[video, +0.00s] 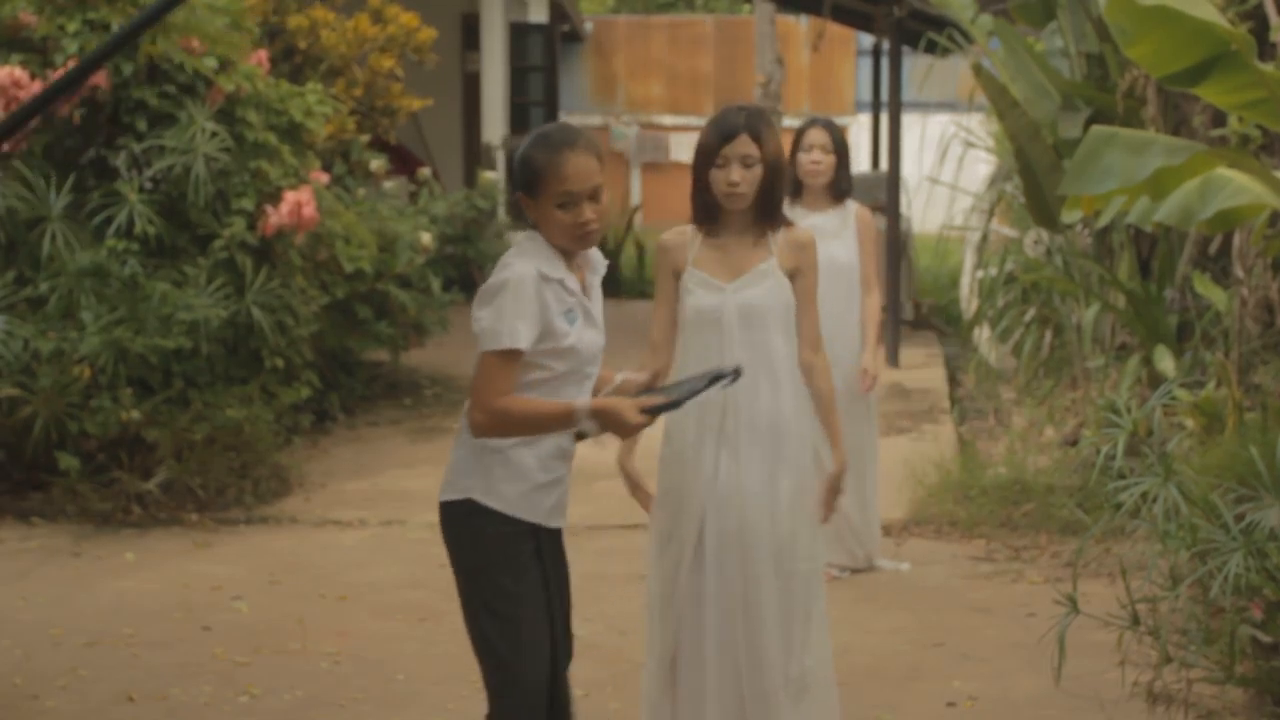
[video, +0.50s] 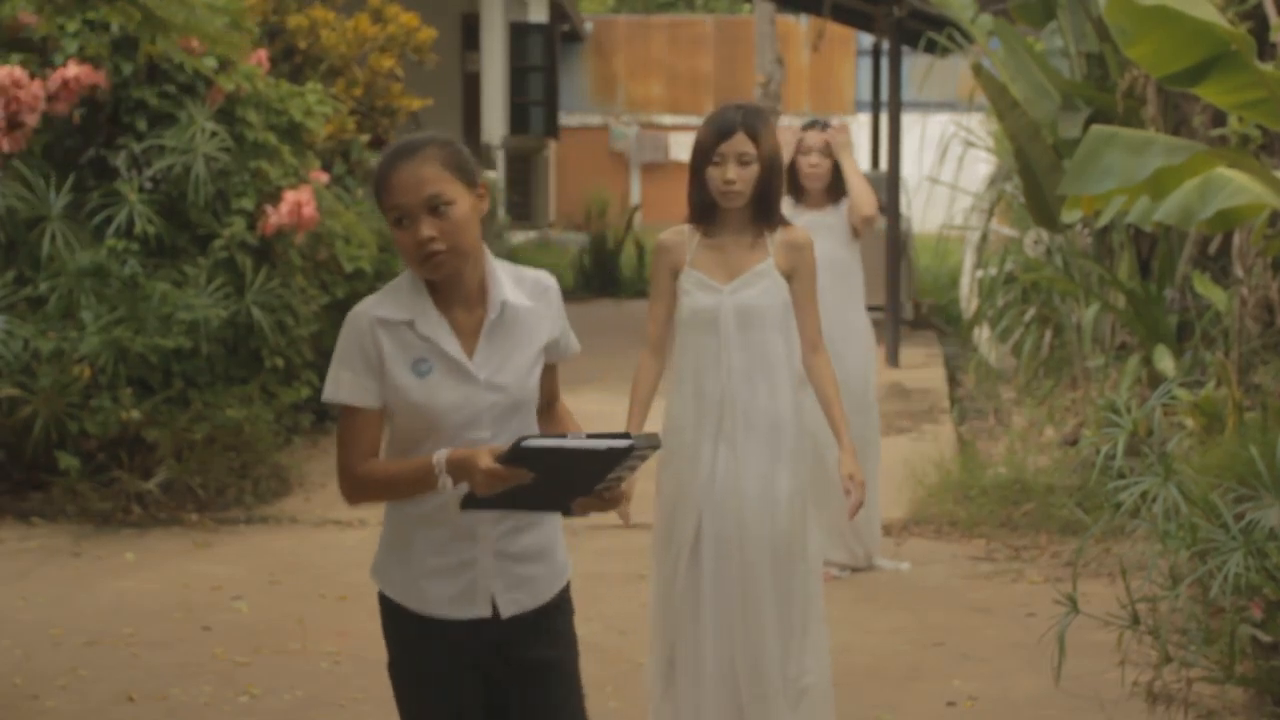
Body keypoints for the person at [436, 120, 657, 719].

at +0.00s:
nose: (586, 215)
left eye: (595, 197)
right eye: (567, 203)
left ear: (607, 191)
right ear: (527, 206)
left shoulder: (586, 265)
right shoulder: (519, 278)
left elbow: (560, 381)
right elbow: (485, 414)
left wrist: (614, 387)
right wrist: (591, 411)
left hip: (538, 501)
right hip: (489, 503)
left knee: (552, 678)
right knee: (523, 688)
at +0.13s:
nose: (548, 230)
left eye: (559, 210)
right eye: (526, 219)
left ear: (578, 201)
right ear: (494, 219)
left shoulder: (583, 281)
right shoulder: (476, 298)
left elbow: (573, 387)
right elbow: (433, 432)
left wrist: (612, 428)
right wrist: (534, 432)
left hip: (542, 532)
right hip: (473, 535)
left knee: (544, 680)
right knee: (492, 696)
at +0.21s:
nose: (511, 238)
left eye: (524, 216)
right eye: (489, 224)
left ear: (549, 207)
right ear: (464, 227)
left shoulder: (572, 290)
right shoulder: (442, 309)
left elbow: (569, 392)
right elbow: (403, 444)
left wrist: (604, 456)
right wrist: (502, 446)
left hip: (545, 555)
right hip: (460, 561)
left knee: (548, 699)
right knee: (469, 709)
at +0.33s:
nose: (466, 230)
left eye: (479, 206)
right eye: (445, 218)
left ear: (513, 195)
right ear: (427, 224)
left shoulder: (556, 289)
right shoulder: (406, 306)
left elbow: (559, 397)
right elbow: (376, 447)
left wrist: (589, 465)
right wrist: (469, 448)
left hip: (539, 563)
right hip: (442, 572)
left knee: (582, 707)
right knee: (457, 712)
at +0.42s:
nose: (444, 224)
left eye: (458, 198)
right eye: (422, 211)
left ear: (496, 189)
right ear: (406, 218)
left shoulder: (546, 285)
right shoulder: (388, 307)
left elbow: (551, 395)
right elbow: (366, 451)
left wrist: (589, 459)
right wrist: (456, 448)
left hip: (537, 568)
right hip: (435, 579)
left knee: (577, 711)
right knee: (450, 713)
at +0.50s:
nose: (424, 234)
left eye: (439, 208)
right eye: (402, 220)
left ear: (481, 199)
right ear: (388, 231)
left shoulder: (539, 296)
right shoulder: (373, 325)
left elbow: (550, 407)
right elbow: (356, 480)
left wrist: (593, 472)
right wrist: (453, 466)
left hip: (534, 586)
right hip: (428, 598)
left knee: (556, 713)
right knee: (444, 714)